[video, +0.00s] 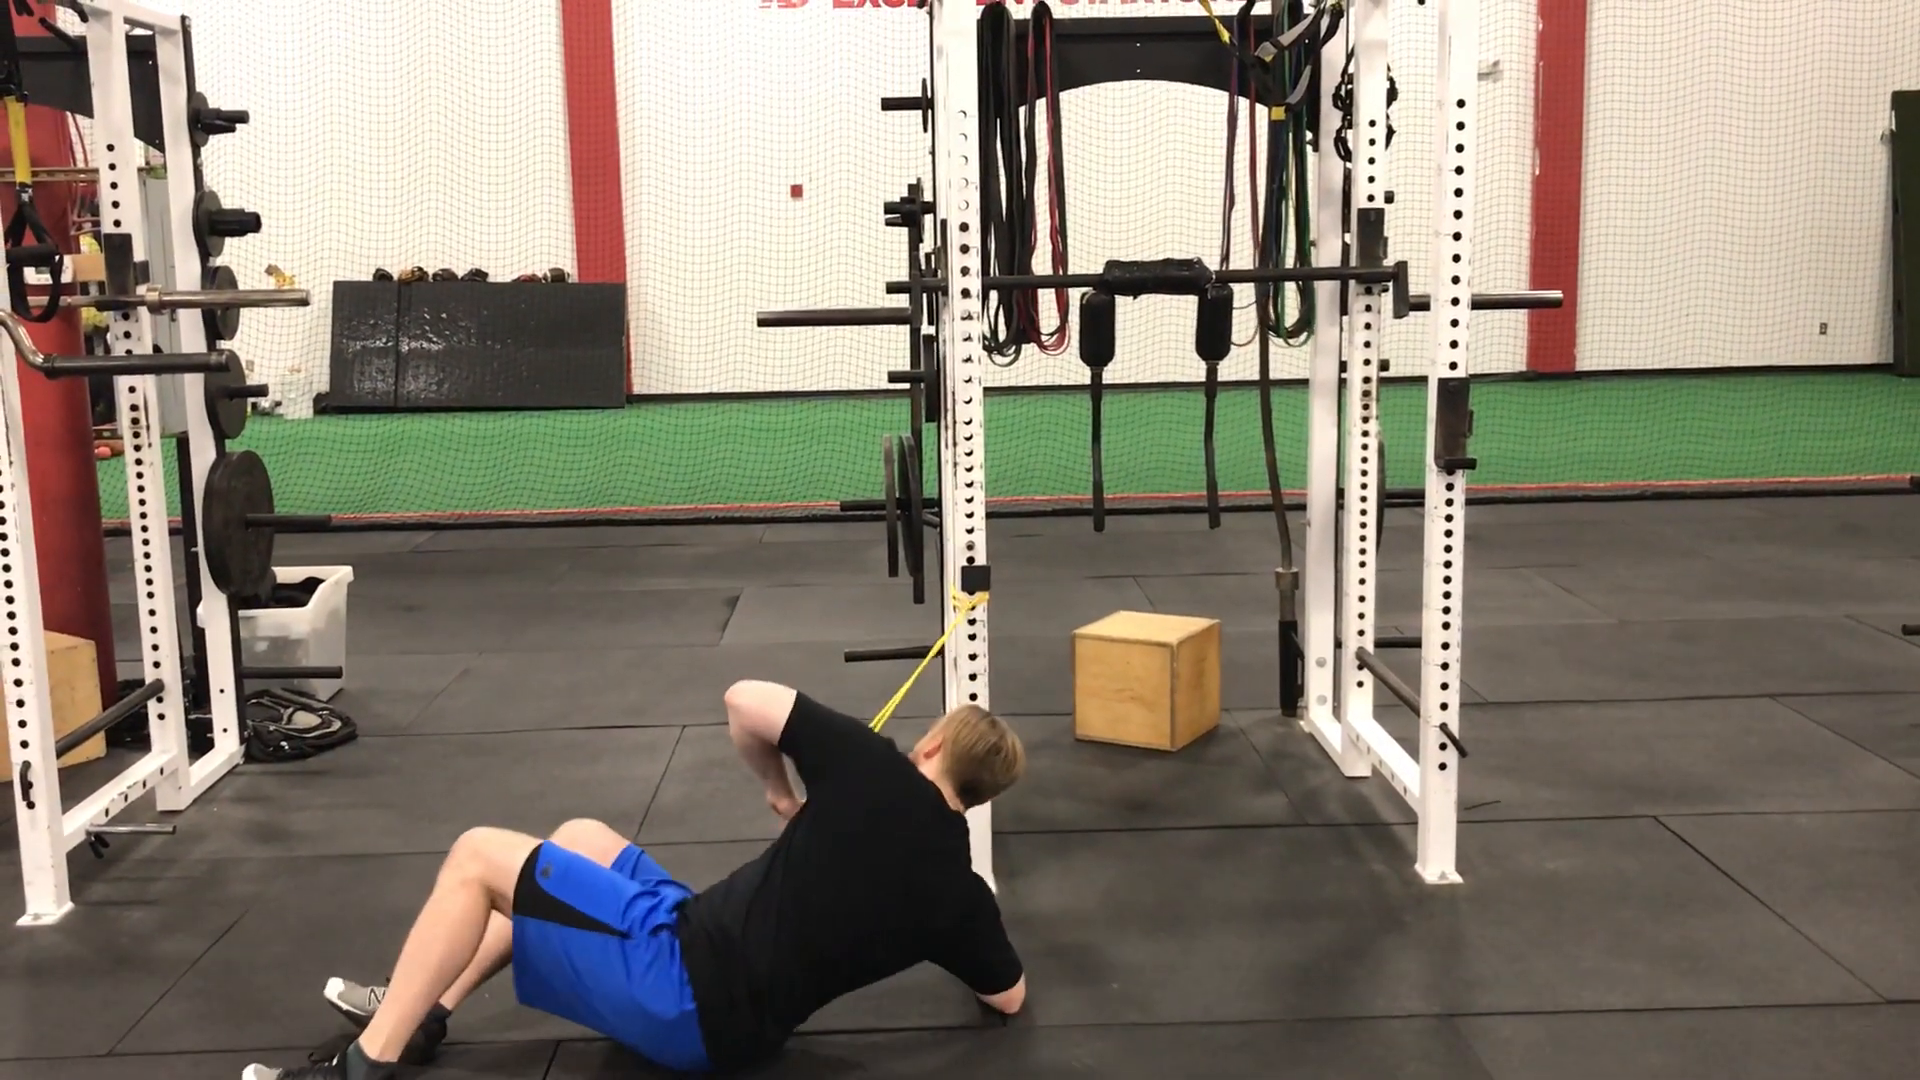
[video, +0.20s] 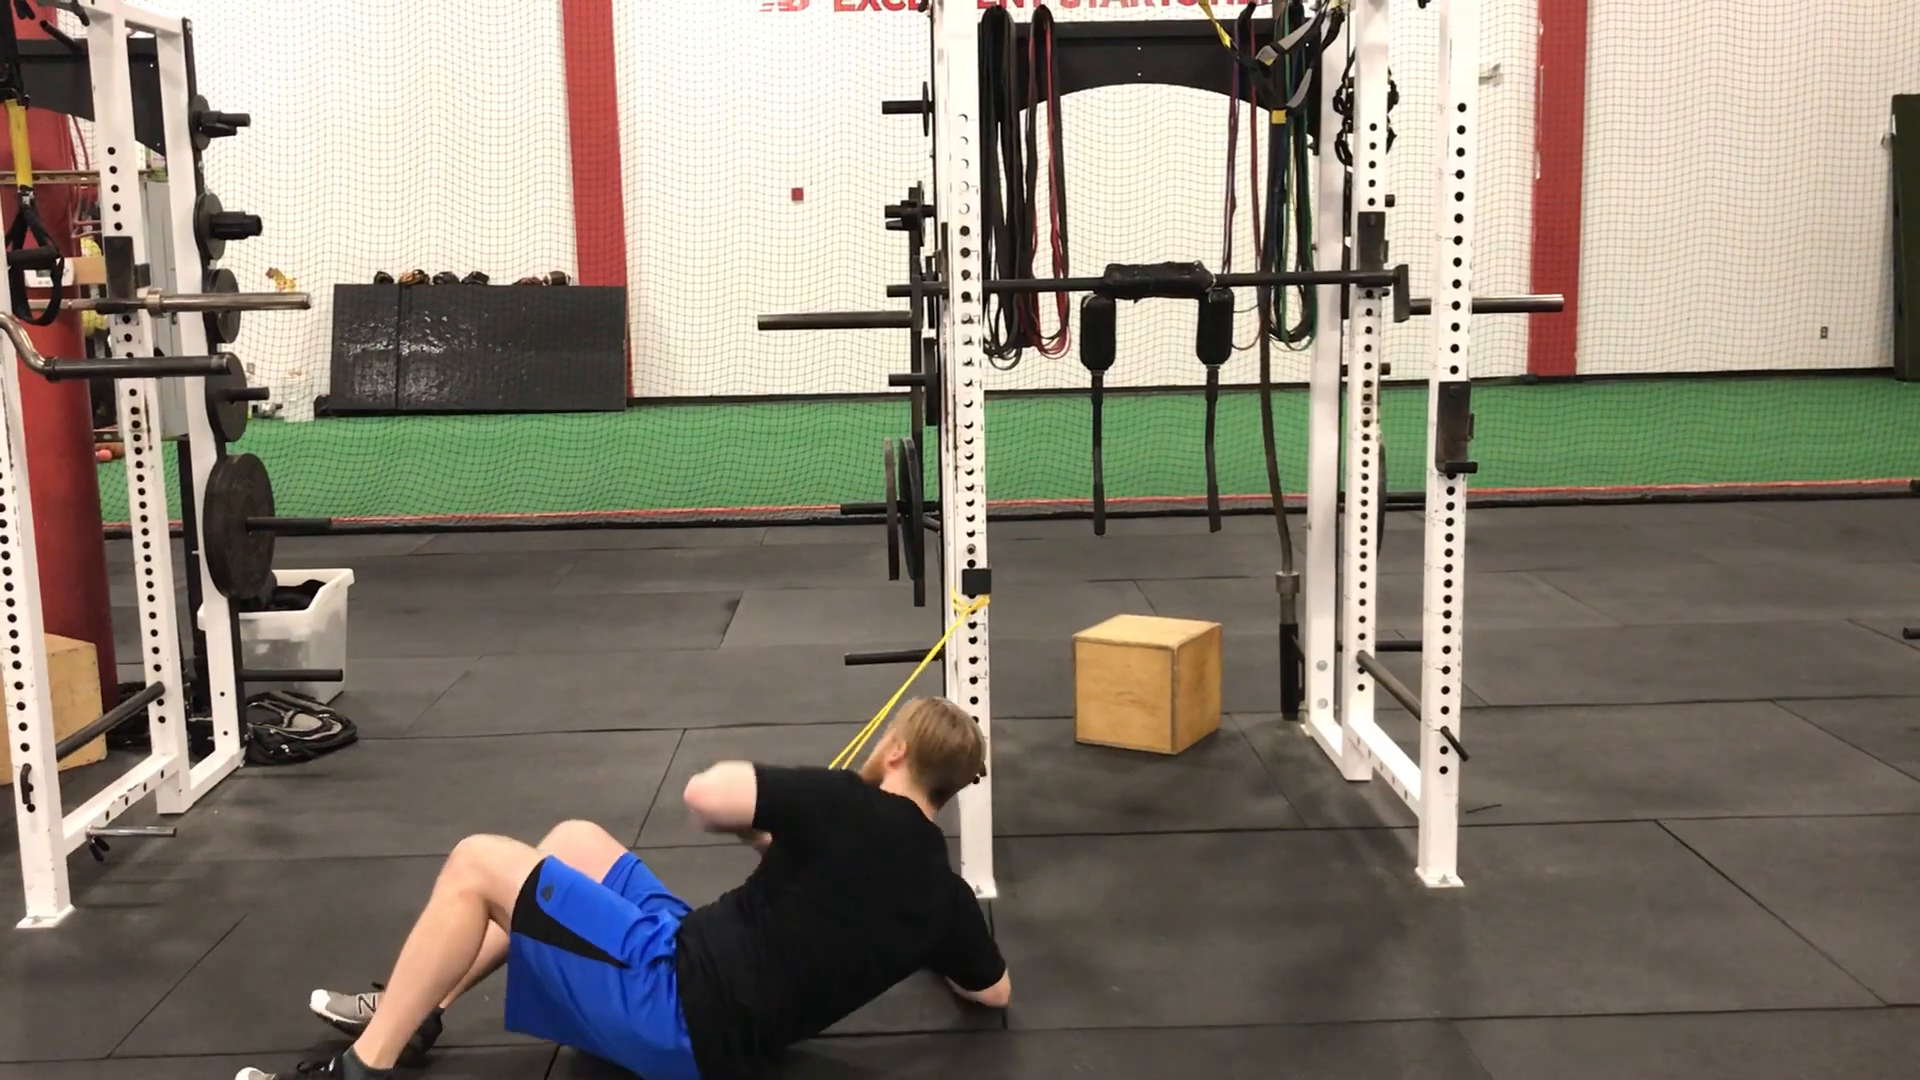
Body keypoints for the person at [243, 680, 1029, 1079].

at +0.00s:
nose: (913, 734)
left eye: (921, 729)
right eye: (929, 733)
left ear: (929, 742)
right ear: (985, 798)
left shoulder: (870, 764)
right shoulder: (961, 896)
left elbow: (749, 704)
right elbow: (1011, 1002)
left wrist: (774, 782)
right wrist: (957, 936)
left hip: (680, 976)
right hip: (729, 1027)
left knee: (479, 856)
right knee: (582, 834)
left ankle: (370, 1055)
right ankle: (423, 1007)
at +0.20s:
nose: (873, 746)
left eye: (881, 738)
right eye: (884, 738)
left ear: (892, 750)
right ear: (957, 788)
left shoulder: (850, 798)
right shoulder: (948, 894)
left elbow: (706, 795)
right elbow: (995, 996)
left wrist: (766, 832)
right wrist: (930, 937)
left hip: (670, 995)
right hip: (722, 1032)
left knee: (476, 860)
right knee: (577, 838)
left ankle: (362, 1063)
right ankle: (415, 1003)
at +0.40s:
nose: (894, 766)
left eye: (903, 755)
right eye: (905, 756)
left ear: (914, 773)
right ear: (971, 802)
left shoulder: (876, 845)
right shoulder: (944, 897)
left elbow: (740, 859)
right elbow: (929, 982)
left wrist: (817, 844)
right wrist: (849, 912)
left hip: (699, 1021)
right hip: (743, 997)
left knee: (501, 865)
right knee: (581, 840)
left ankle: (379, 1057)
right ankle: (410, 1008)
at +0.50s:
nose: (918, 788)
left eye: (927, 780)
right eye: (928, 779)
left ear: (939, 800)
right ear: (985, 824)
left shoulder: (913, 883)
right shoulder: (948, 887)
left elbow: (779, 898)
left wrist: (811, 859)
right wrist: (820, 873)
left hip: (712, 1025)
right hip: (737, 986)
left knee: (521, 860)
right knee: (583, 840)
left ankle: (385, 1051)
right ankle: (419, 1001)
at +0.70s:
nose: (966, 821)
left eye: (979, 817)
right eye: (978, 813)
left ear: (999, 852)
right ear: (1012, 868)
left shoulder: (971, 941)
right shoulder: (967, 915)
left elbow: (859, 976)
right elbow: (892, 952)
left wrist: (842, 908)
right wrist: (875, 917)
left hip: (734, 1024)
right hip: (752, 978)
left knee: (577, 839)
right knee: (609, 817)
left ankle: (412, 1010)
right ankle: (425, 957)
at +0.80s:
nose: (985, 847)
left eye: (1002, 842)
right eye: (1000, 838)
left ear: (1027, 876)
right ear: (1033, 890)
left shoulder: (998, 972)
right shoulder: (978, 938)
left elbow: (897, 1018)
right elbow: (871, 986)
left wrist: (871, 930)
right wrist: (792, 939)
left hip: (747, 1028)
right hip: (759, 989)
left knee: (617, 825)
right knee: (631, 800)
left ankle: (433, 986)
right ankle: (437, 930)